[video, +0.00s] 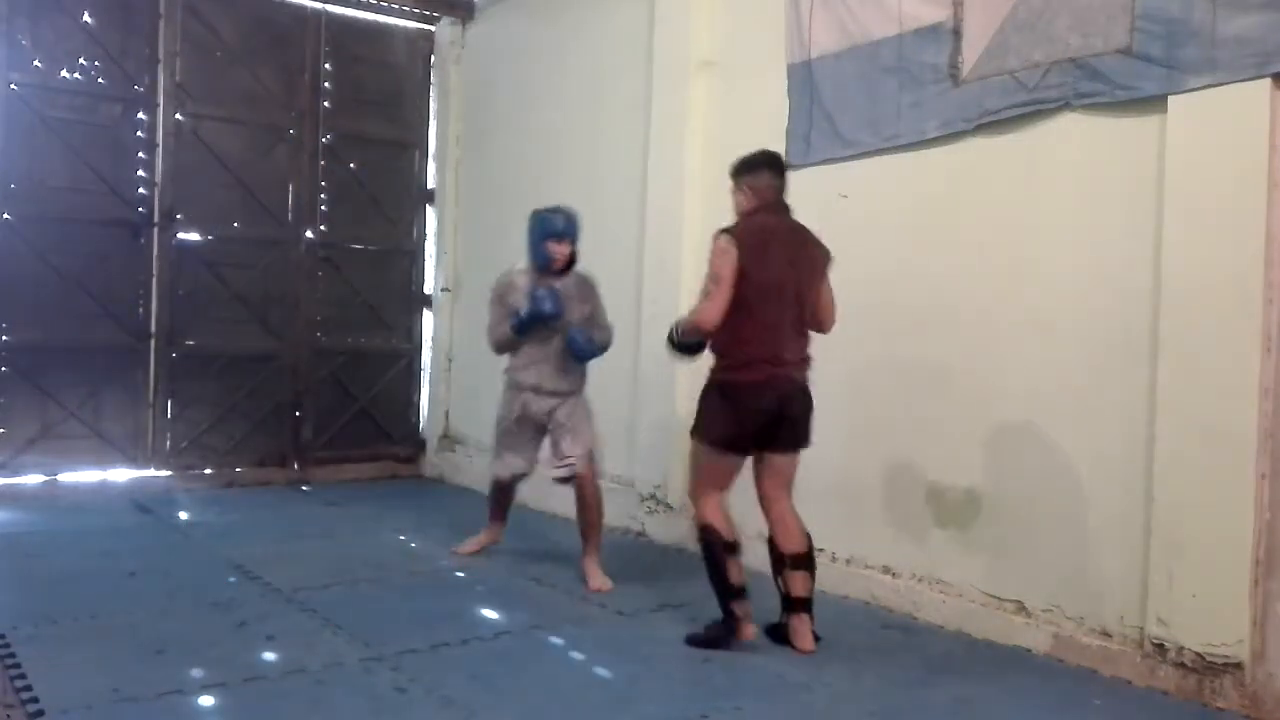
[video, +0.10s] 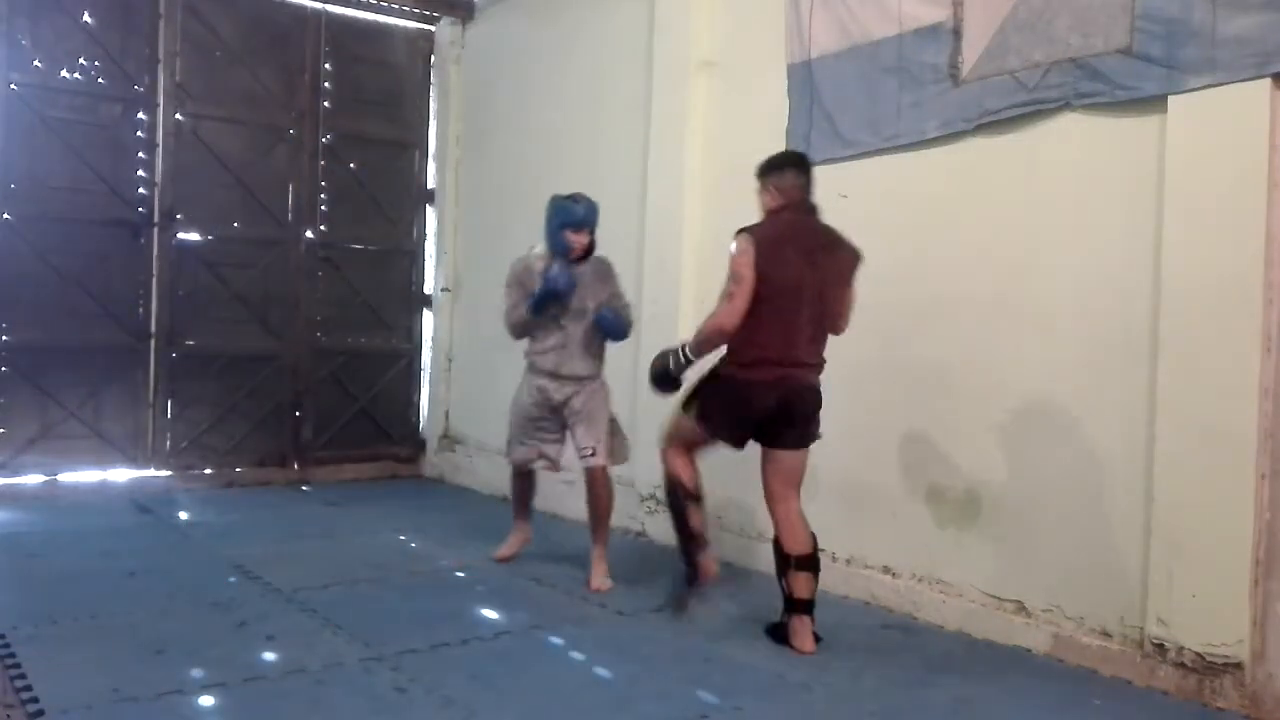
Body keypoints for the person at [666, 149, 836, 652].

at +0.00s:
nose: (734, 200)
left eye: (737, 192)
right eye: (736, 192)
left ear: (749, 192)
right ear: (780, 191)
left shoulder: (732, 240)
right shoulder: (811, 245)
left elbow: (711, 315)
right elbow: (824, 319)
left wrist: (683, 331)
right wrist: (783, 295)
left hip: (736, 390)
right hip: (791, 392)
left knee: (708, 493)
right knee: (778, 496)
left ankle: (737, 620)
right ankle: (800, 625)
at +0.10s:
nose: (762, 200)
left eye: (763, 192)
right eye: (763, 191)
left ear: (772, 191)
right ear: (807, 190)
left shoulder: (754, 240)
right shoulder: (840, 250)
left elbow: (728, 320)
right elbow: (838, 323)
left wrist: (685, 354)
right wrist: (794, 295)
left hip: (742, 385)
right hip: (800, 392)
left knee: (677, 445)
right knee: (786, 501)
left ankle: (697, 558)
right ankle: (801, 626)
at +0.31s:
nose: (803, 198)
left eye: (805, 190)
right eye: (805, 190)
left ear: (816, 192)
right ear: (854, 194)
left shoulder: (786, 234)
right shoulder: (878, 262)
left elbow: (752, 294)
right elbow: (856, 321)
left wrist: (705, 360)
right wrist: (812, 295)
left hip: (735, 365)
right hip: (788, 392)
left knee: (669, 340)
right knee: (778, 497)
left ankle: (611, 383)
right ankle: (794, 623)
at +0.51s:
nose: (820, 202)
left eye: (823, 194)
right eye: (824, 194)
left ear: (834, 198)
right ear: (872, 204)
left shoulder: (802, 232)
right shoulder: (887, 275)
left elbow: (767, 289)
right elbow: (843, 334)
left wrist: (704, 338)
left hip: (738, 366)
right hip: (795, 396)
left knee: (665, 392)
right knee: (782, 497)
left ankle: (610, 413)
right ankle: (794, 625)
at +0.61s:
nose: (818, 200)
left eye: (820, 192)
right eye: (820, 193)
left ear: (831, 194)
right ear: (870, 200)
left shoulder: (801, 228)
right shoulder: (889, 270)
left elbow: (756, 288)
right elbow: (846, 330)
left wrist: (687, 315)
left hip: (743, 367)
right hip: (802, 393)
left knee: (668, 412)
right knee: (786, 495)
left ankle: (613, 473)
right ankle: (793, 623)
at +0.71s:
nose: (803, 196)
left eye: (804, 188)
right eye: (804, 189)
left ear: (816, 189)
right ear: (855, 192)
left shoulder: (788, 226)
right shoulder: (882, 257)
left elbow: (728, 292)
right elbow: (840, 310)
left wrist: (704, 260)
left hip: (750, 378)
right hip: (812, 394)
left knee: (688, 446)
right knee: (795, 497)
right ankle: (796, 627)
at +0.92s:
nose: (761, 211)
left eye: (760, 204)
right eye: (763, 204)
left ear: (769, 198)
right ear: (810, 192)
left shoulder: (762, 230)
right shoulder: (852, 237)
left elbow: (737, 300)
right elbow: (817, 291)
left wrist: (741, 249)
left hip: (755, 388)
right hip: (820, 395)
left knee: (717, 494)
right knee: (800, 505)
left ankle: (743, 616)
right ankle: (801, 630)